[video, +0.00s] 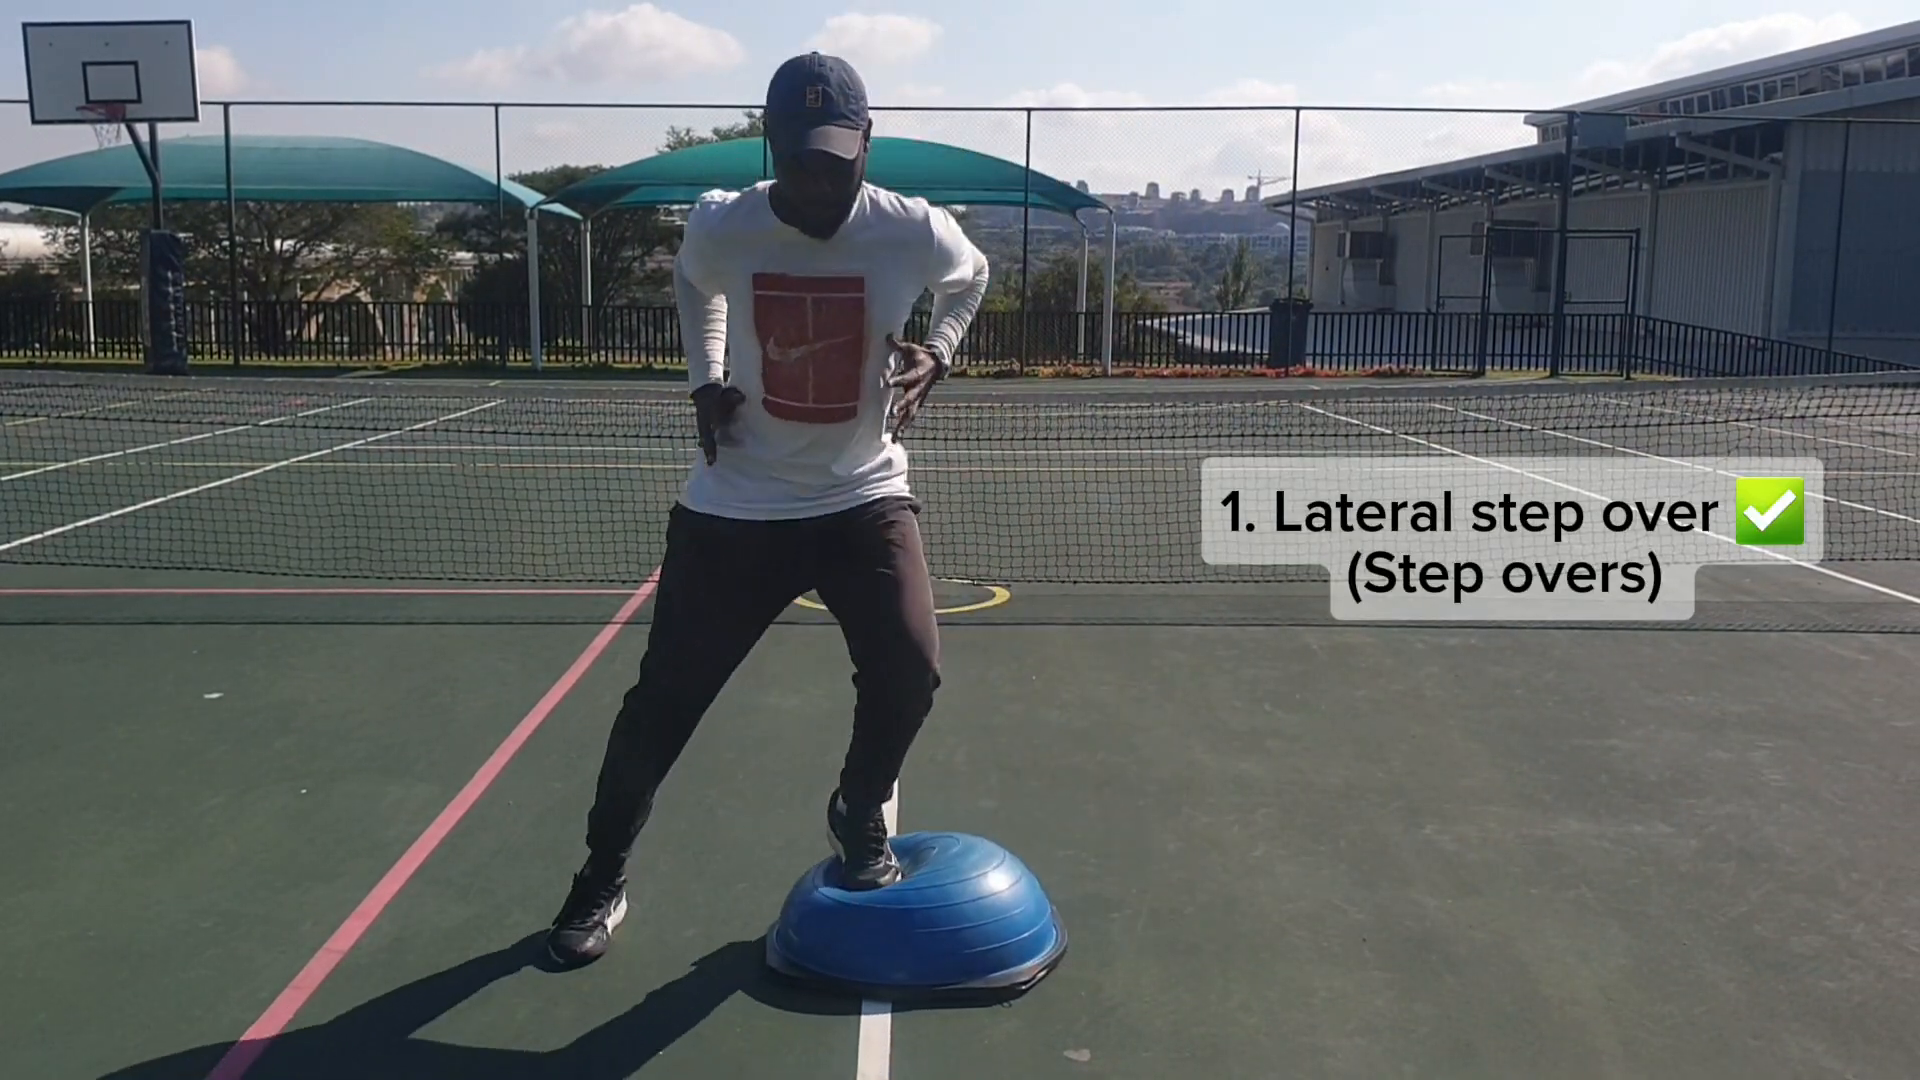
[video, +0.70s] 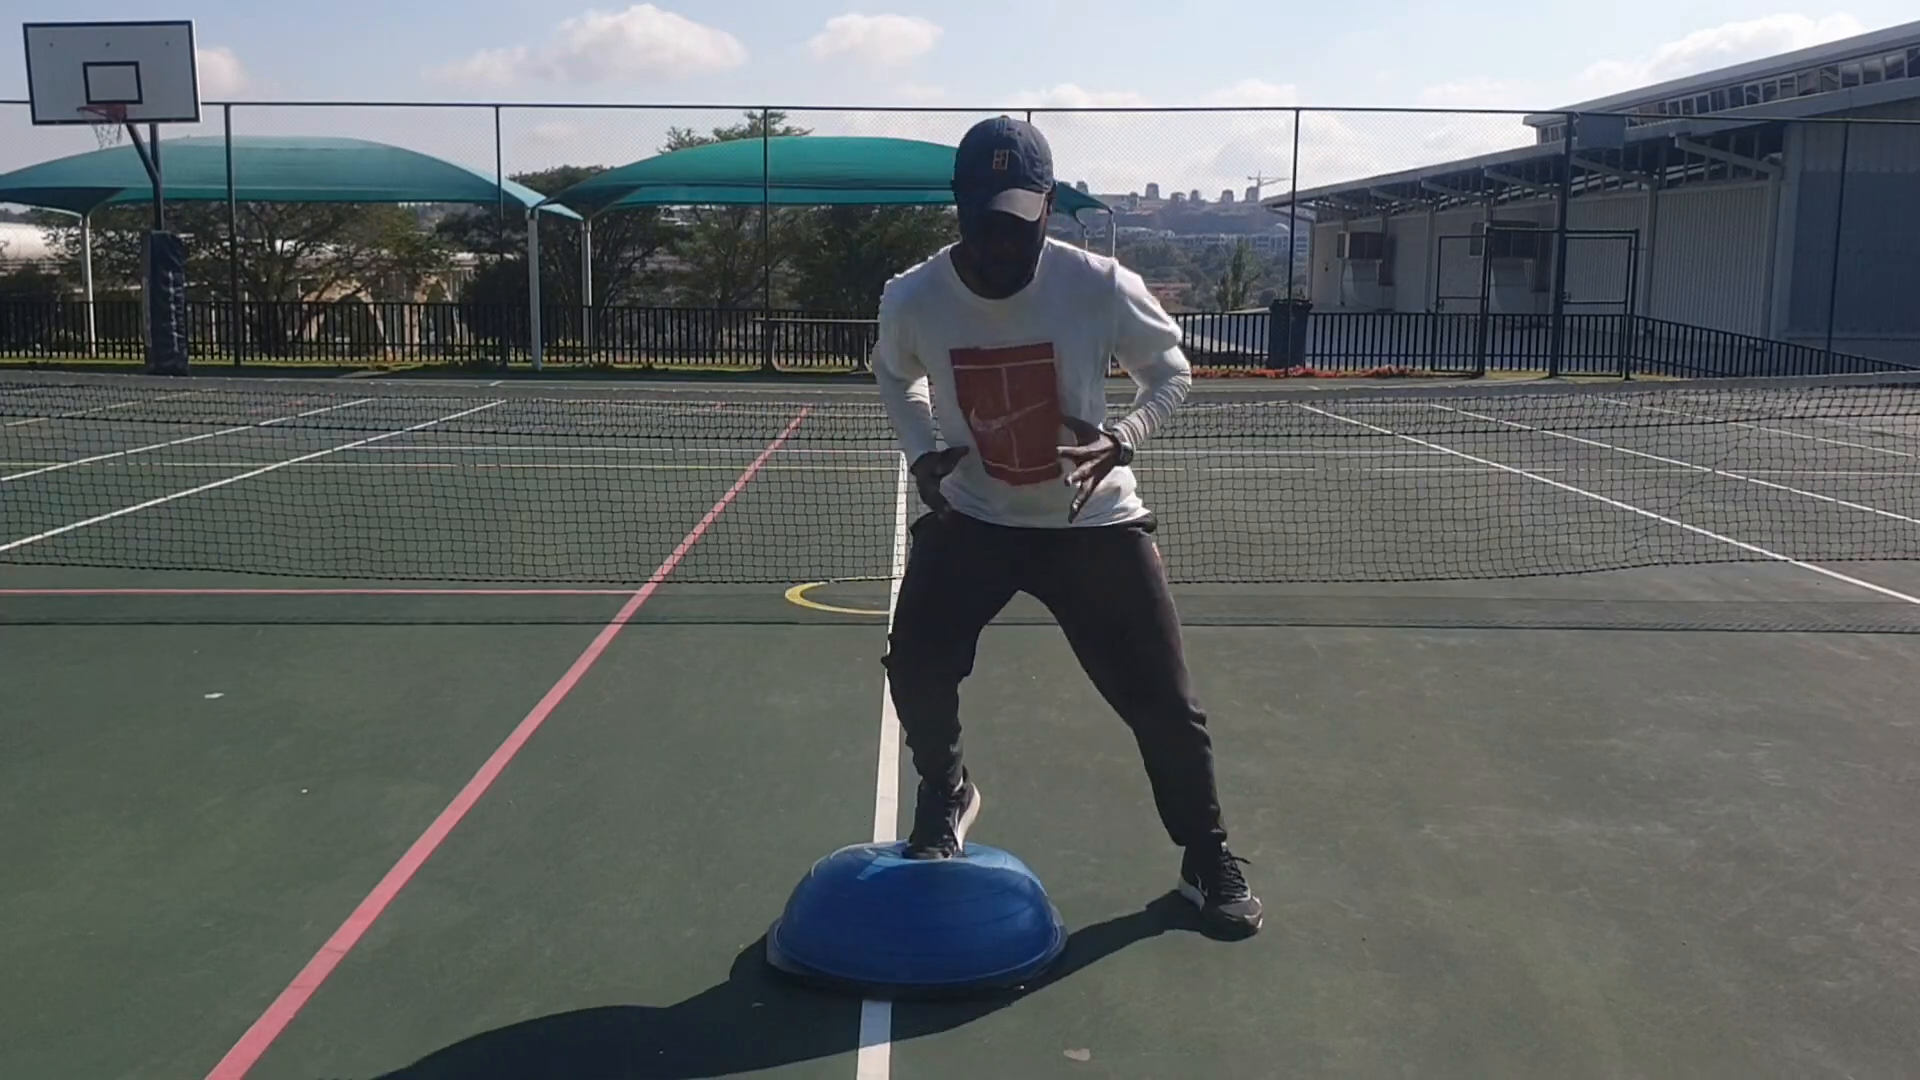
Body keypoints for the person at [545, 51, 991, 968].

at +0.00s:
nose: (826, 176)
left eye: (842, 157)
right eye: (806, 158)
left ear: (867, 146)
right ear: (771, 149)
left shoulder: (915, 232)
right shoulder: (718, 233)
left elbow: (969, 275)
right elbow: (700, 285)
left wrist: (936, 348)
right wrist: (710, 376)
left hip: (864, 495)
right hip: (738, 502)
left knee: (911, 671)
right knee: (664, 699)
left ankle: (862, 809)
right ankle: (601, 878)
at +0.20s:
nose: (846, 170)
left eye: (858, 151)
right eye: (826, 154)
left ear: (882, 141)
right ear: (788, 148)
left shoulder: (932, 233)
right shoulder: (735, 241)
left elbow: (997, 288)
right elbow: (676, 325)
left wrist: (976, 327)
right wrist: (701, 377)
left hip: (881, 498)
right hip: (756, 502)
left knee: (903, 687)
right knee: (686, 695)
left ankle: (864, 826)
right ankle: (612, 874)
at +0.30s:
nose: (865, 100)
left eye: (883, 80)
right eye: (848, 81)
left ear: (915, 74)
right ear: (825, 73)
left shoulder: (971, 158)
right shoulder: (777, 172)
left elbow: (1034, 199)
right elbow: (694, 246)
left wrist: (1013, 247)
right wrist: (712, 300)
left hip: (926, 442)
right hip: (801, 437)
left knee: (916, 644)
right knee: (750, 635)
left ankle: (868, 805)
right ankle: (730, 790)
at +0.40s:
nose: (902, 78)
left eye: (920, 57)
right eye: (885, 56)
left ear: (952, 46)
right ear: (859, 45)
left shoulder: (1009, 132)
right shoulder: (808, 141)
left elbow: (1068, 191)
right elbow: (720, 208)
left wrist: (1047, 240)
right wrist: (723, 284)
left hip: (975, 388)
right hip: (853, 385)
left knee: (995, 586)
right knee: (830, 586)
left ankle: (923, 751)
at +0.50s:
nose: (953, 97)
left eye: (968, 79)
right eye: (935, 79)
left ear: (992, 64)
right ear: (900, 60)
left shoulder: (1035, 143)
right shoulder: (841, 152)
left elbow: (1102, 198)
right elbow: (761, 204)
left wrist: (1077, 258)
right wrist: (775, 295)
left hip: (1018, 397)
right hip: (896, 405)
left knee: (1071, 587)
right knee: (900, 611)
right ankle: (933, 771)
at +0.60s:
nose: (988, 151)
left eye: (1003, 131)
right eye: (968, 130)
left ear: (1025, 120)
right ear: (931, 119)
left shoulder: (1071, 201)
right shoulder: (872, 204)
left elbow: (1133, 248)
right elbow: (820, 262)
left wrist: (1102, 315)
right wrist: (852, 348)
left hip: (1061, 465)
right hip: (937, 471)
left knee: (1132, 666)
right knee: (923, 664)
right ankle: (946, 800)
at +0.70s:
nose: (1006, 243)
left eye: (1023, 223)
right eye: (990, 223)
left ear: (1047, 212)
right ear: (959, 212)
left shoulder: (1100, 288)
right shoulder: (910, 302)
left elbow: (1171, 371)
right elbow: (894, 376)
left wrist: (1124, 437)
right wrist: (920, 452)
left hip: (1091, 525)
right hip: (969, 521)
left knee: (1167, 704)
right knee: (915, 669)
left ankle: (1209, 859)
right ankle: (944, 790)